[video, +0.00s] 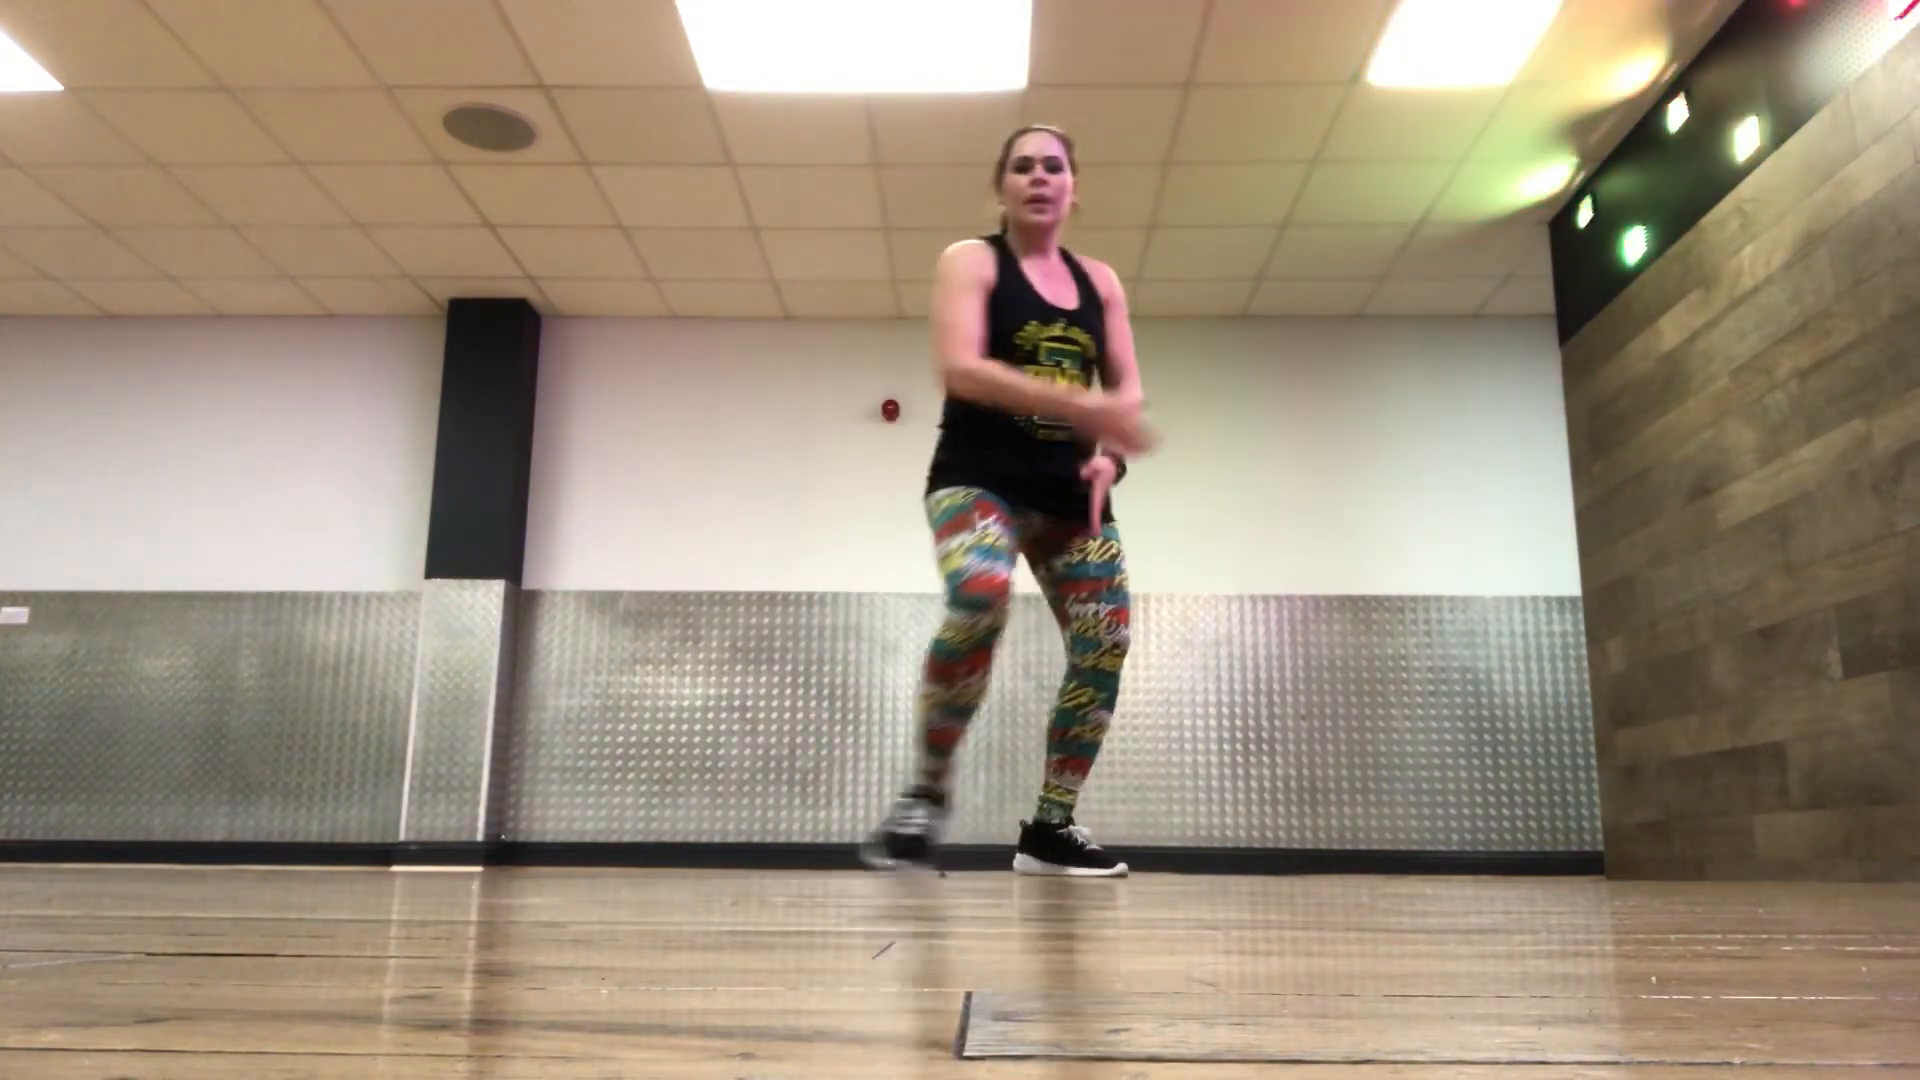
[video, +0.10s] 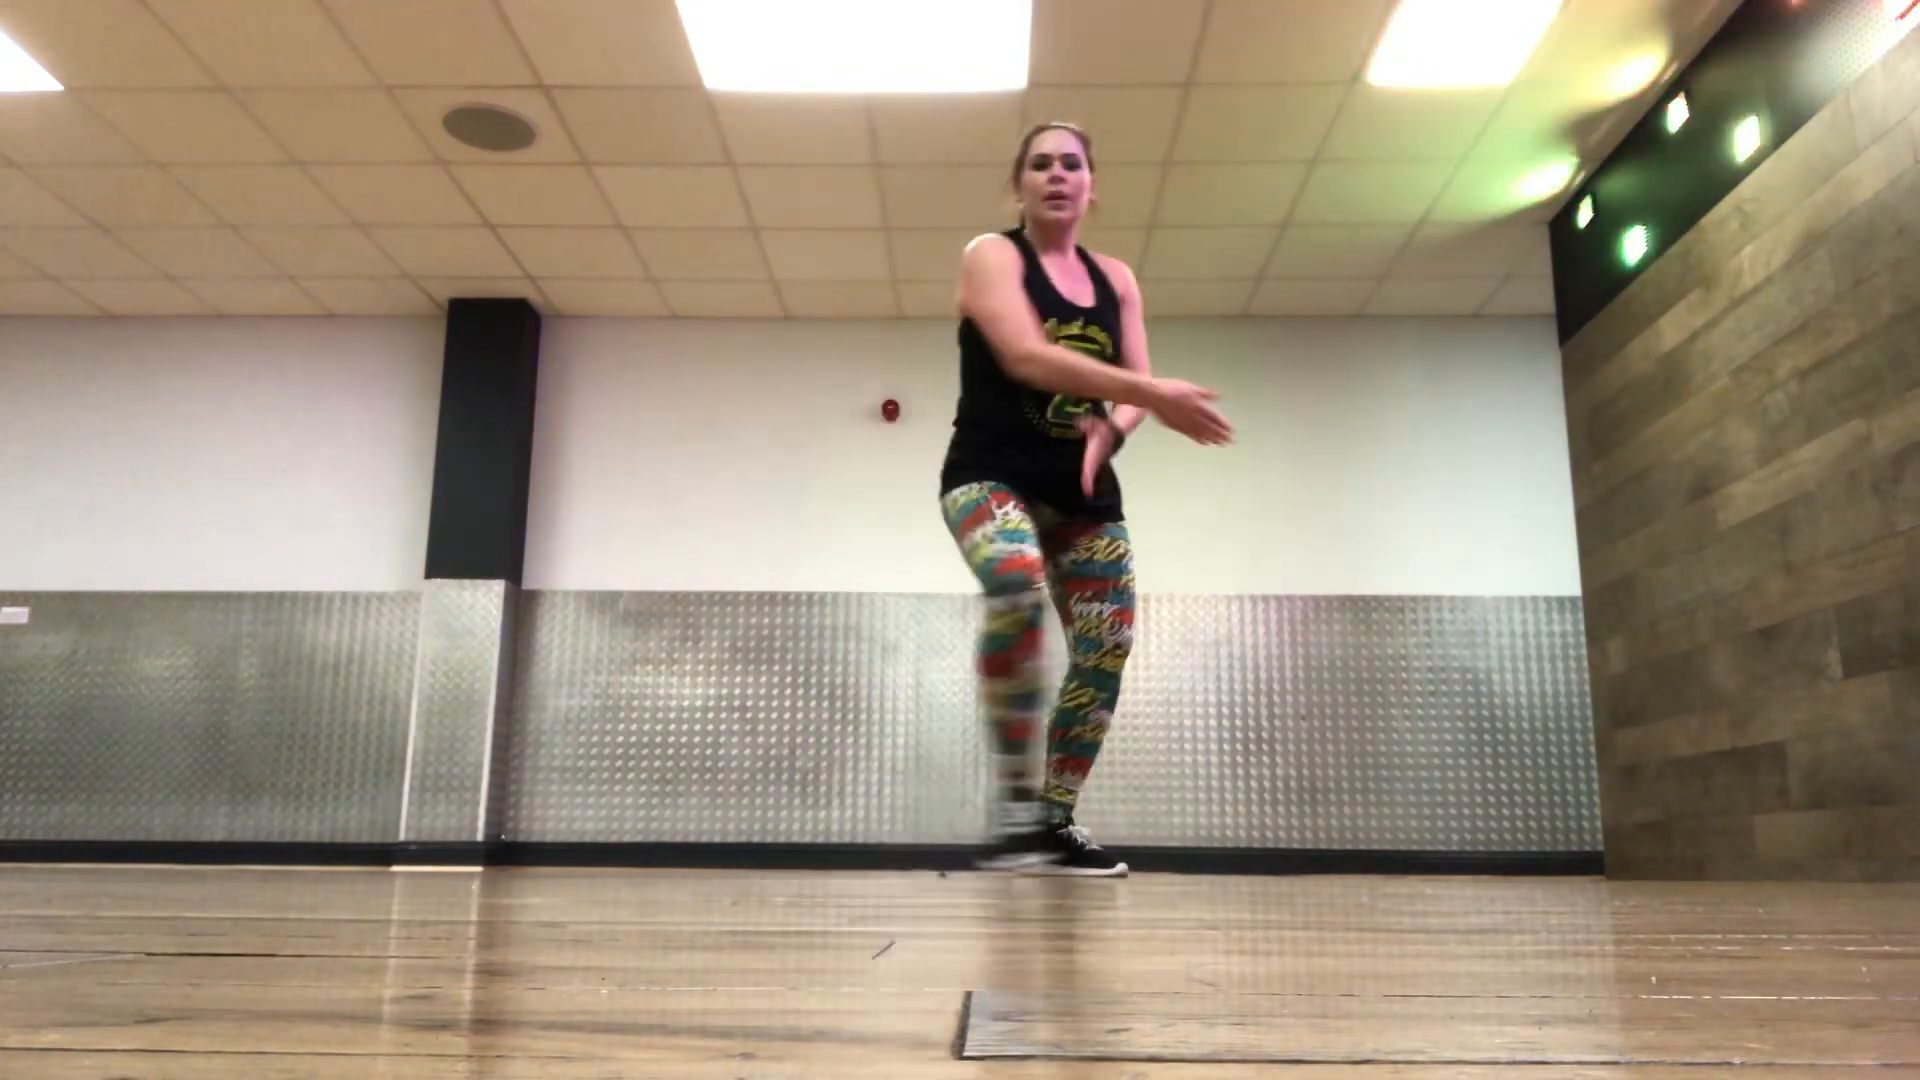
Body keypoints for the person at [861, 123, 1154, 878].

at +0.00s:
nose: (1040, 178)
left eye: (1053, 168)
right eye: (1025, 168)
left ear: (1074, 188)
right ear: (1000, 187)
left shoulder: (1099, 281)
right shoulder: (970, 263)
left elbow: (1126, 391)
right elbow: (958, 370)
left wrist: (1108, 452)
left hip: (1067, 490)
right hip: (975, 478)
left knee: (1103, 635)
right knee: (981, 596)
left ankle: (1051, 824)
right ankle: (925, 797)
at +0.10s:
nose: (1058, 175)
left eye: (1071, 165)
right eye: (1043, 165)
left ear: (1092, 185)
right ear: (1018, 184)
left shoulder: (1116, 279)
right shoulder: (990, 258)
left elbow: (1136, 389)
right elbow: (1025, 356)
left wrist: (1105, 433)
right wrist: (1150, 394)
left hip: (1081, 480)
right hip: (990, 473)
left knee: (1107, 635)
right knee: (1016, 584)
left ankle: (1052, 823)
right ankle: (1015, 799)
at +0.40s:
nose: (1074, 180)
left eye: (1087, 169)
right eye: (1058, 170)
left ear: (1108, 188)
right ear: (1036, 190)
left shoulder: (1142, 281)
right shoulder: (1005, 265)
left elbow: (1166, 390)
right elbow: (1001, 365)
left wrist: (1124, 442)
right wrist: (1120, 384)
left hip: (1122, 492)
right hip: (1024, 488)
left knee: (1148, 651)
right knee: (1081, 611)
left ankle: (1111, 804)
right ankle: (1124, 806)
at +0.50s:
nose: (1071, 181)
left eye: (1084, 170)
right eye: (1056, 172)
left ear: (1106, 189)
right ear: (1034, 193)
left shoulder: (1148, 277)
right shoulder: (997, 273)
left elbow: (1183, 388)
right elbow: (947, 368)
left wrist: (1141, 467)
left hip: (1119, 491)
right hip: (1023, 490)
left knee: (1120, 655)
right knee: (1052, 615)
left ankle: (1104, 816)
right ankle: (1108, 804)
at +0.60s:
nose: (1059, 181)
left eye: (1072, 170)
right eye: (1043, 172)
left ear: (1095, 188)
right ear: (1023, 193)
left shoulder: (1139, 271)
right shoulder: (993, 273)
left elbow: (1193, 376)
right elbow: (912, 339)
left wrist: (1150, 469)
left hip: (1117, 493)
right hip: (1023, 493)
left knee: (1108, 651)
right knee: (992, 591)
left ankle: (1101, 821)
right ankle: (1055, 793)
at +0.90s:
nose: (1002, 204)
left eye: (1016, 192)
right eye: (988, 196)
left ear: (1041, 209)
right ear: (972, 216)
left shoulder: (1069, 275)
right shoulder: (961, 302)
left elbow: (1122, 336)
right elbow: (873, 353)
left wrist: (1042, 422)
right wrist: (840, 281)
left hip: (1077, 503)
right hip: (1002, 512)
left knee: (1060, 650)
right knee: (951, 643)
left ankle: (1097, 828)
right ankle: (991, 829)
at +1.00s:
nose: (981, 211)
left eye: (995, 199)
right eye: (968, 204)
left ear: (1022, 214)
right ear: (954, 223)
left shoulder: (1050, 266)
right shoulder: (949, 307)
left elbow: (1000, 295)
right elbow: (867, 362)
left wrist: (954, 316)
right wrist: (830, 296)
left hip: (1053, 494)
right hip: (985, 505)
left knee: (1016, 640)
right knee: (943, 646)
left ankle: (1099, 812)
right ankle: (990, 829)